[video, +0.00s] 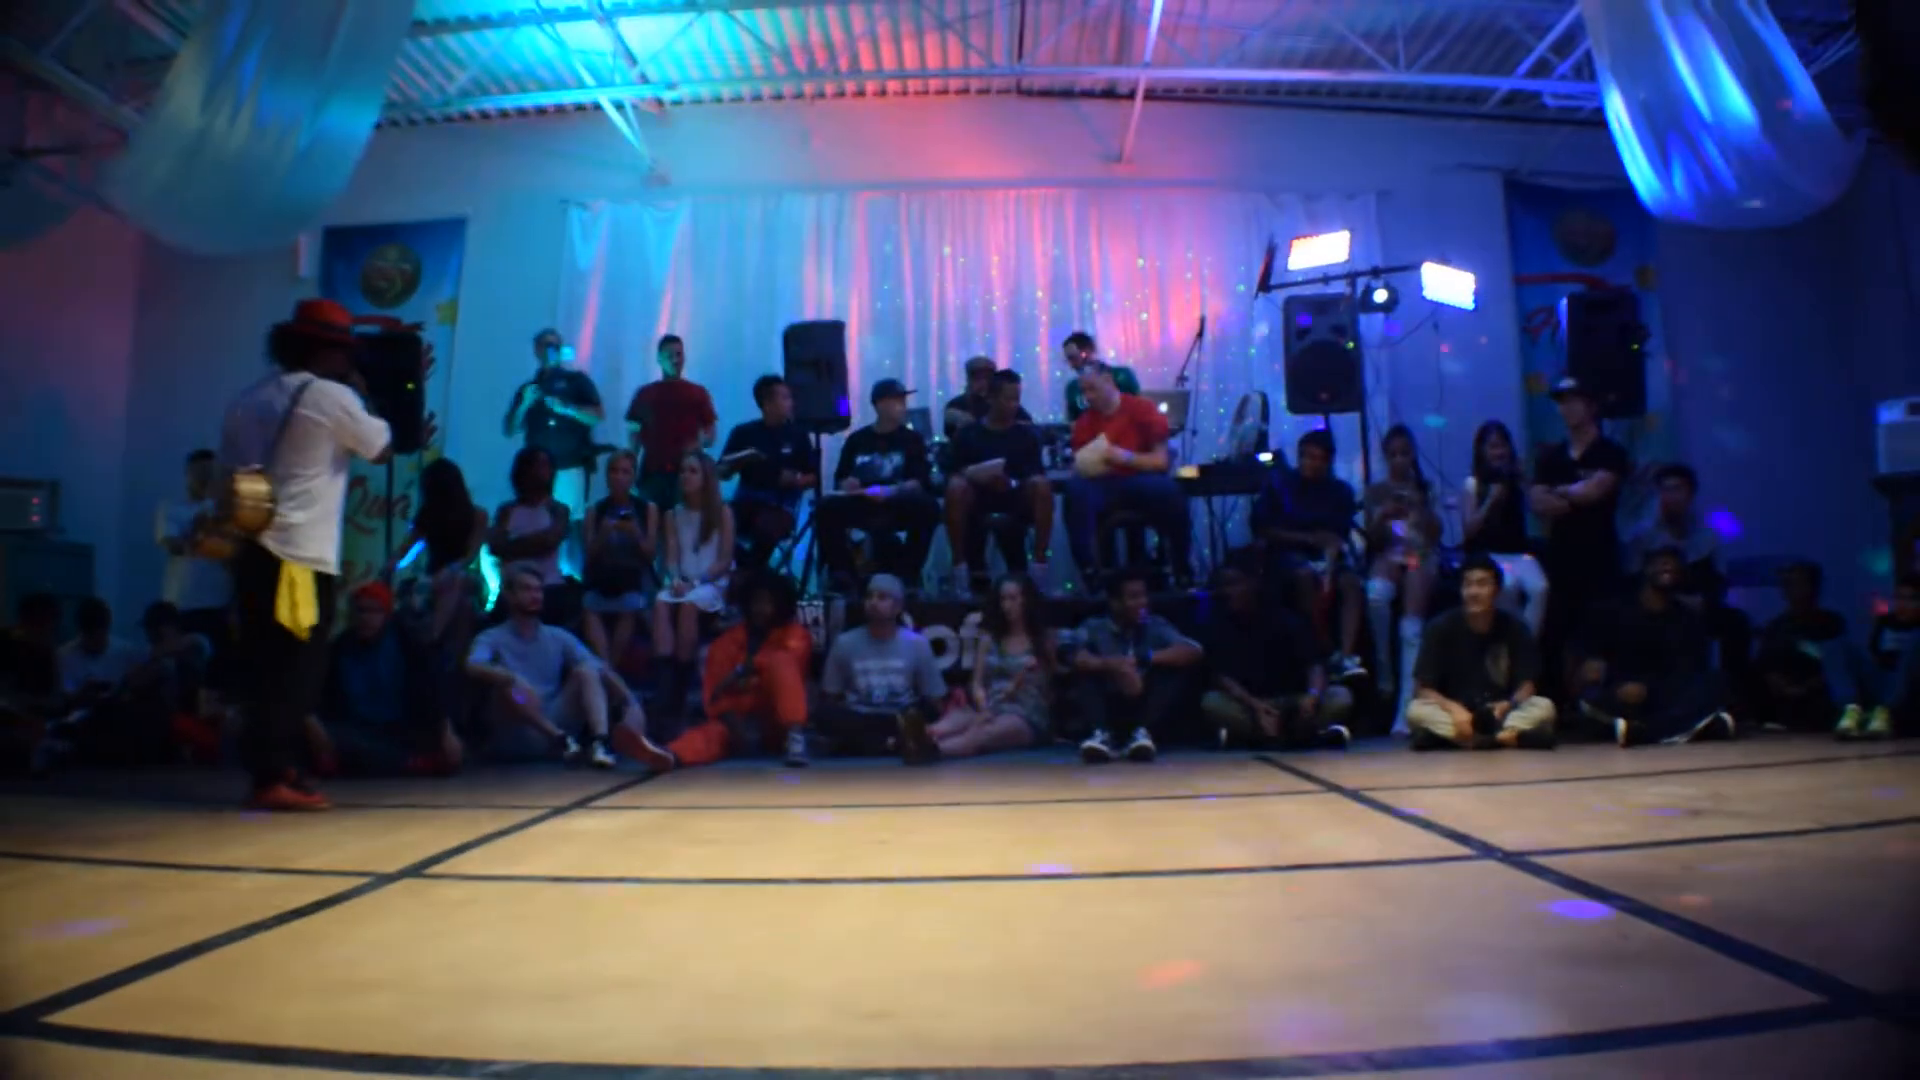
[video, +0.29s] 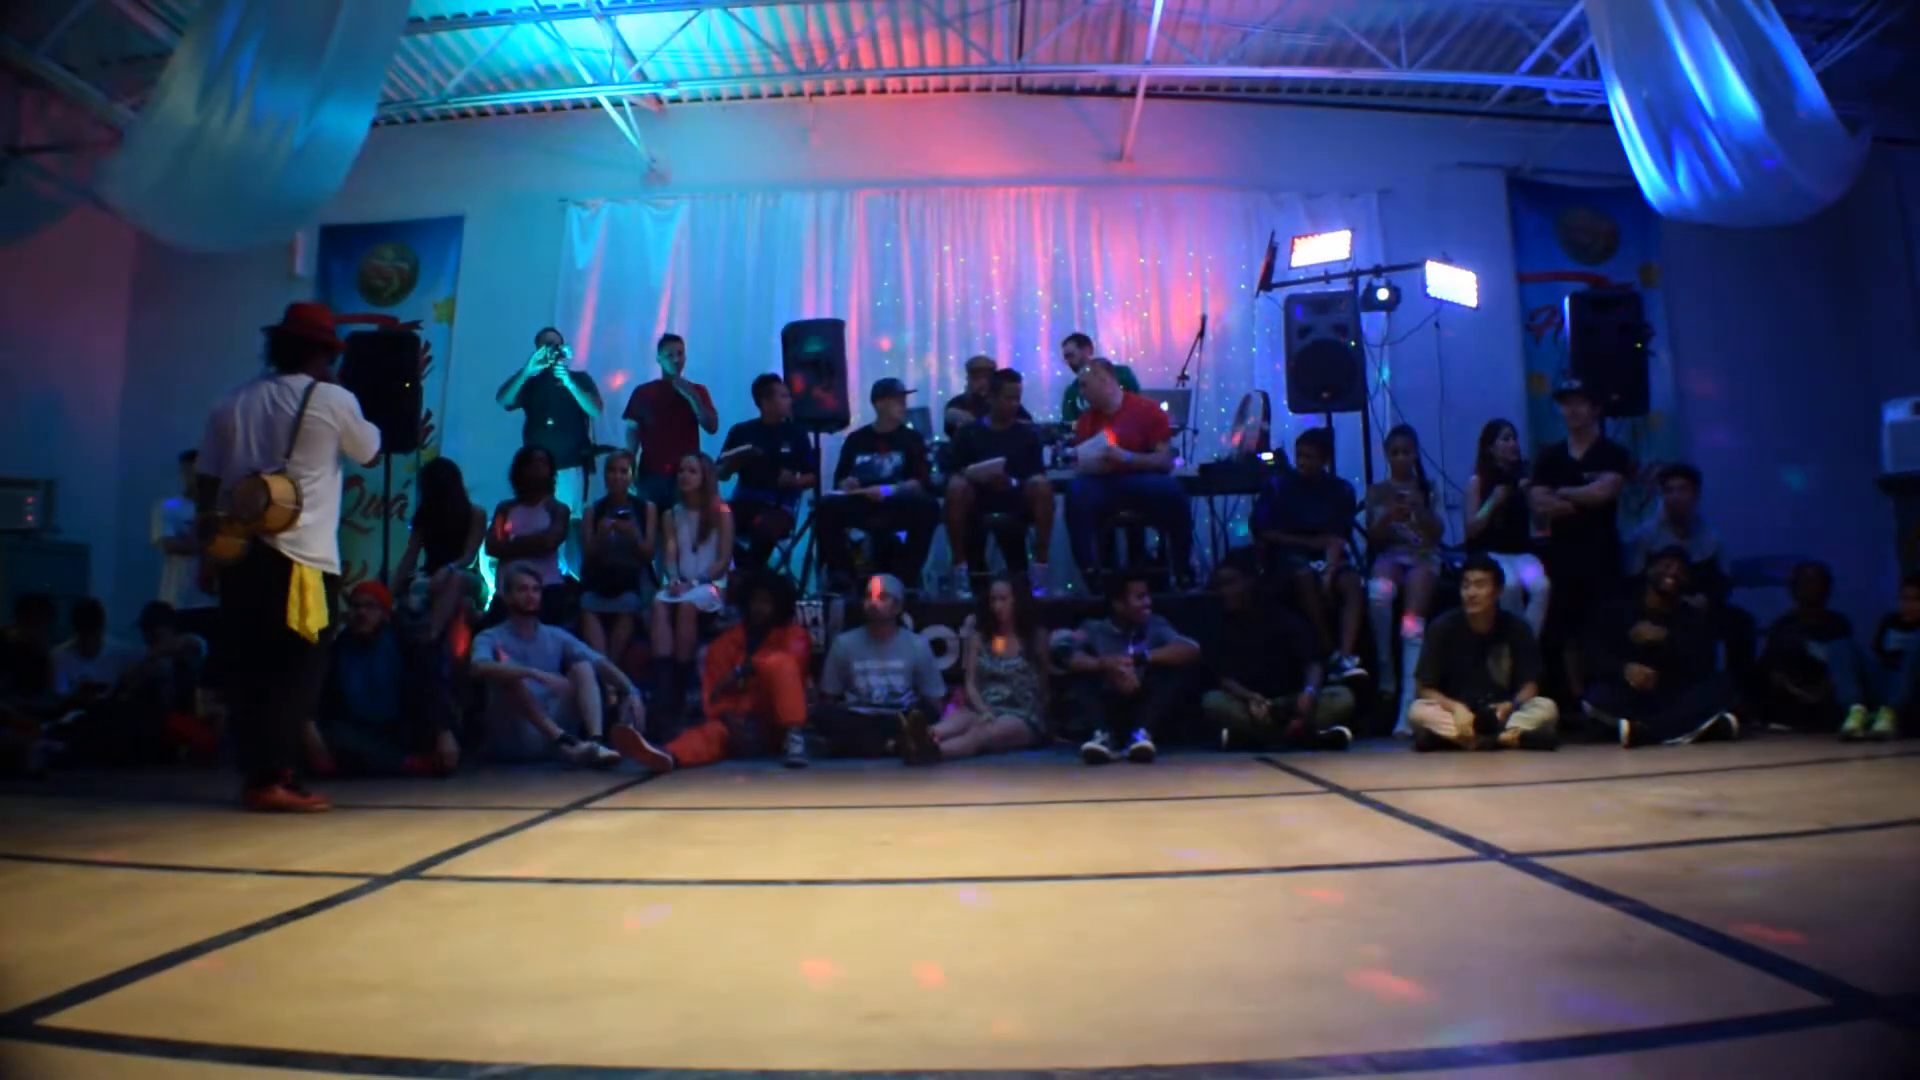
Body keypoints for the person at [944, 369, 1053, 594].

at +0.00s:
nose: (1015, 405)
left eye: (1017, 399)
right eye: (1010, 399)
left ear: (1019, 399)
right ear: (991, 399)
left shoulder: (1027, 434)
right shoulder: (969, 433)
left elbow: (1036, 472)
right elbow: (952, 469)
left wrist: (1010, 482)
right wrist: (974, 476)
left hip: (1014, 490)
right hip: (979, 491)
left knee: (1041, 486)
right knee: (957, 488)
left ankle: (1040, 562)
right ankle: (959, 566)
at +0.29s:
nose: (1016, 404)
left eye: (1018, 398)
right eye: (1010, 398)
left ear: (1020, 398)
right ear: (991, 397)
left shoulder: (1028, 433)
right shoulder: (969, 433)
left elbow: (1036, 473)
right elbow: (954, 470)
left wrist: (1010, 482)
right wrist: (974, 476)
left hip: (1014, 491)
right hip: (980, 491)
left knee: (1041, 487)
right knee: (957, 487)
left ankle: (1041, 564)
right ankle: (960, 566)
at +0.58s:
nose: (1015, 404)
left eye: (1017, 398)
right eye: (1009, 398)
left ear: (1020, 398)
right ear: (991, 398)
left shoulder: (1028, 433)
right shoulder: (969, 433)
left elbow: (1036, 474)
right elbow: (953, 469)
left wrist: (1010, 482)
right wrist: (974, 477)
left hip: (1014, 490)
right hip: (979, 490)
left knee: (1041, 487)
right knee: (957, 487)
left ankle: (1040, 565)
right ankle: (959, 566)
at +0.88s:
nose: (1012, 401)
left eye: (1014, 395)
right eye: (1006, 395)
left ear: (1018, 396)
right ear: (989, 396)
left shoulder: (1028, 432)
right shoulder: (969, 431)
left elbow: (1037, 473)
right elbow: (955, 468)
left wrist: (1010, 482)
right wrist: (974, 475)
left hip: (1014, 489)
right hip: (980, 490)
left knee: (1041, 486)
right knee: (957, 487)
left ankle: (1040, 563)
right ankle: (959, 566)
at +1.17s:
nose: (983, 394)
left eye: (989, 388)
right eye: (979, 389)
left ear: (1005, 393)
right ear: (975, 394)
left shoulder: (1027, 431)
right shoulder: (968, 431)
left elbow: (1035, 473)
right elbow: (955, 468)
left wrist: (1009, 482)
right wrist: (973, 476)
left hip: (1013, 489)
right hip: (979, 490)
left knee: (1040, 487)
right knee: (957, 487)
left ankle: (1041, 562)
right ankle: (959, 566)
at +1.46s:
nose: (971, 396)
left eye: (976, 390)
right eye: (970, 391)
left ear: (995, 392)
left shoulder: (1022, 433)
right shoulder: (964, 434)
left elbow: (1034, 474)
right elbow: (952, 473)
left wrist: (1005, 482)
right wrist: (977, 476)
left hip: (1011, 492)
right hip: (977, 493)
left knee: (1040, 487)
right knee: (956, 489)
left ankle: (1040, 565)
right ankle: (958, 567)